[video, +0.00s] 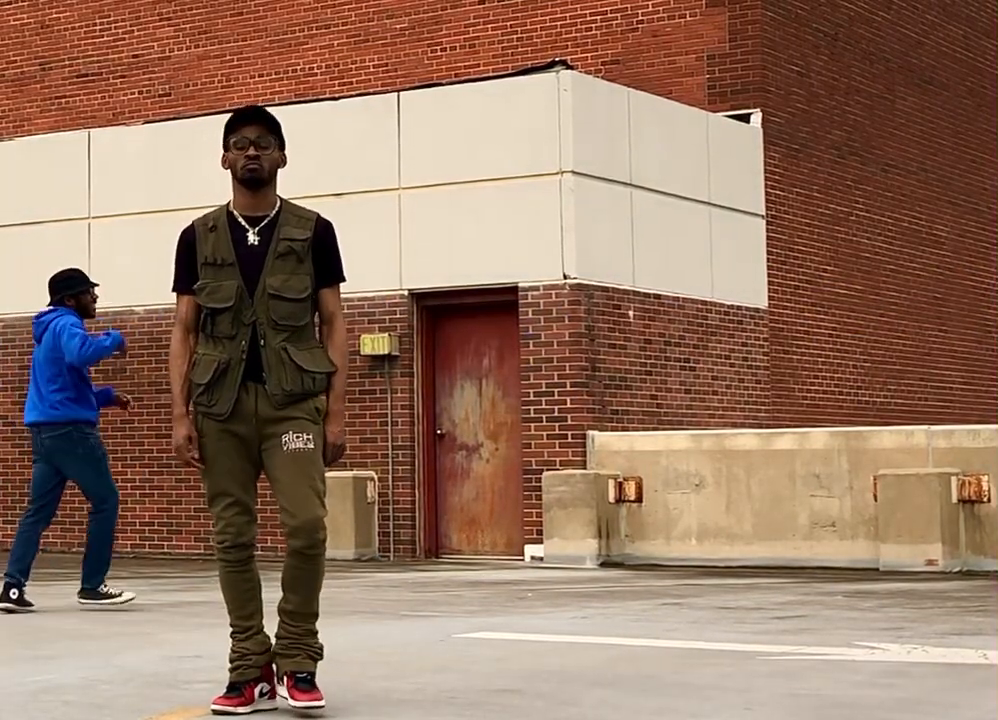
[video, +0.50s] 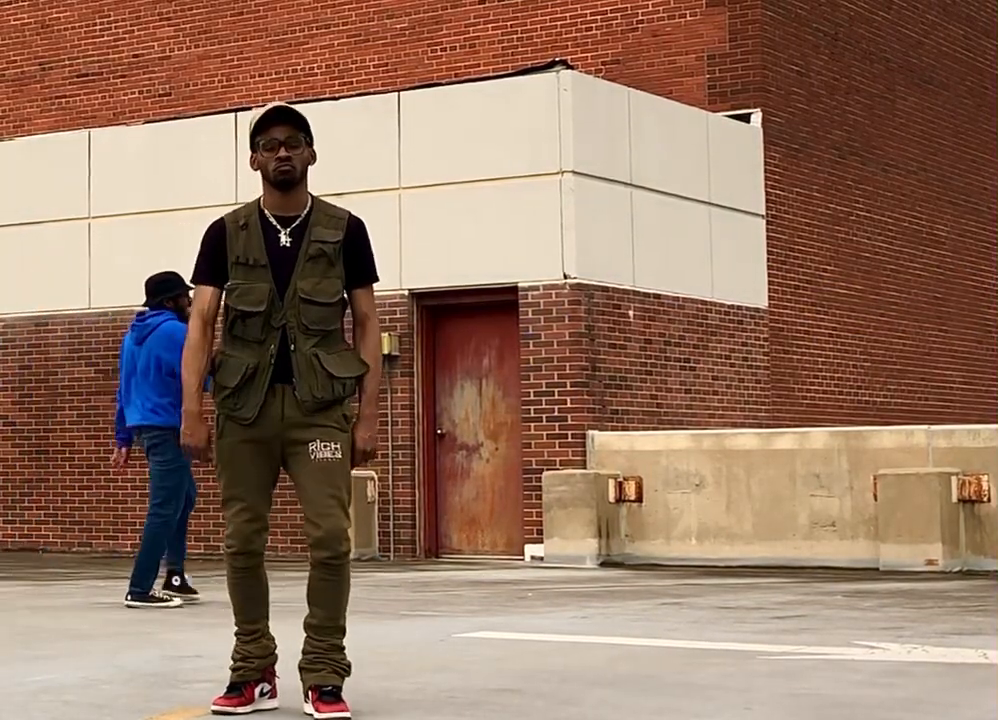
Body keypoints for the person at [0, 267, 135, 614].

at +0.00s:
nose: (95, 298)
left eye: (93, 293)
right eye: (89, 293)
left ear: (63, 298)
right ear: (72, 297)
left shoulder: (50, 327)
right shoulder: (66, 322)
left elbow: (65, 393)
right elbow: (81, 353)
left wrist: (107, 396)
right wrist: (114, 338)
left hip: (45, 428)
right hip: (69, 427)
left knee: (38, 511)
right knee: (105, 501)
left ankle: (13, 586)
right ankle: (92, 586)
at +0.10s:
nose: (108, 304)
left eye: (106, 298)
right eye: (103, 299)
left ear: (75, 304)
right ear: (85, 303)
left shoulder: (62, 332)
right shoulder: (80, 326)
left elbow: (89, 392)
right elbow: (86, 356)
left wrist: (123, 385)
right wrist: (128, 352)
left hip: (52, 433)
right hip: (82, 432)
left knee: (41, 513)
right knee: (117, 507)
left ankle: (14, 586)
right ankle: (123, 587)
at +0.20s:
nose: (128, 308)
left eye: (126, 303)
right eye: (123, 303)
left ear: (97, 309)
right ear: (106, 308)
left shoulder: (78, 337)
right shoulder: (104, 332)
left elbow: (99, 391)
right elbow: (106, 369)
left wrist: (135, 383)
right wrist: (151, 376)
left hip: (74, 439)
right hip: (107, 438)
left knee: (58, 513)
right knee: (133, 512)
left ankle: (21, 578)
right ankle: (138, 589)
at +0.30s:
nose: (147, 308)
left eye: (145, 302)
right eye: (142, 303)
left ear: (112, 307)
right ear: (128, 306)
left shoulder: (95, 337)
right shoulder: (128, 335)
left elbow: (97, 385)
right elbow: (138, 376)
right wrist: (181, 398)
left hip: (98, 438)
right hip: (129, 436)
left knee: (101, 513)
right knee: (151, 512)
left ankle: (52, 559)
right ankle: (141, 590)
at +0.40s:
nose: (171, 302)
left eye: (170, 296)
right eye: (168, 297)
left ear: (135, 301)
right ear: (155, 300)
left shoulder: (115, 333)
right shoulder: (156, 331)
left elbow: (113, 379)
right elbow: (177, 377)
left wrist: (165, 394)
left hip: (125, 428)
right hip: (151, 429)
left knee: (152, 500)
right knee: (158, 508)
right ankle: (140, 590)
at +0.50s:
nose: (190, 302)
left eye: (188, 296)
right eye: (186, 297)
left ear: (154, 302)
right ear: (174, 300)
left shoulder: (134, 333)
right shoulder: (173, 331)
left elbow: (124, 389)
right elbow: (197, 377)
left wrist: (122, 435)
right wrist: (214, 358)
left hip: (143, 427)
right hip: (166, 427)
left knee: (186, 497)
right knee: (164, 508)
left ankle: (175, 575)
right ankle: (140, 589)